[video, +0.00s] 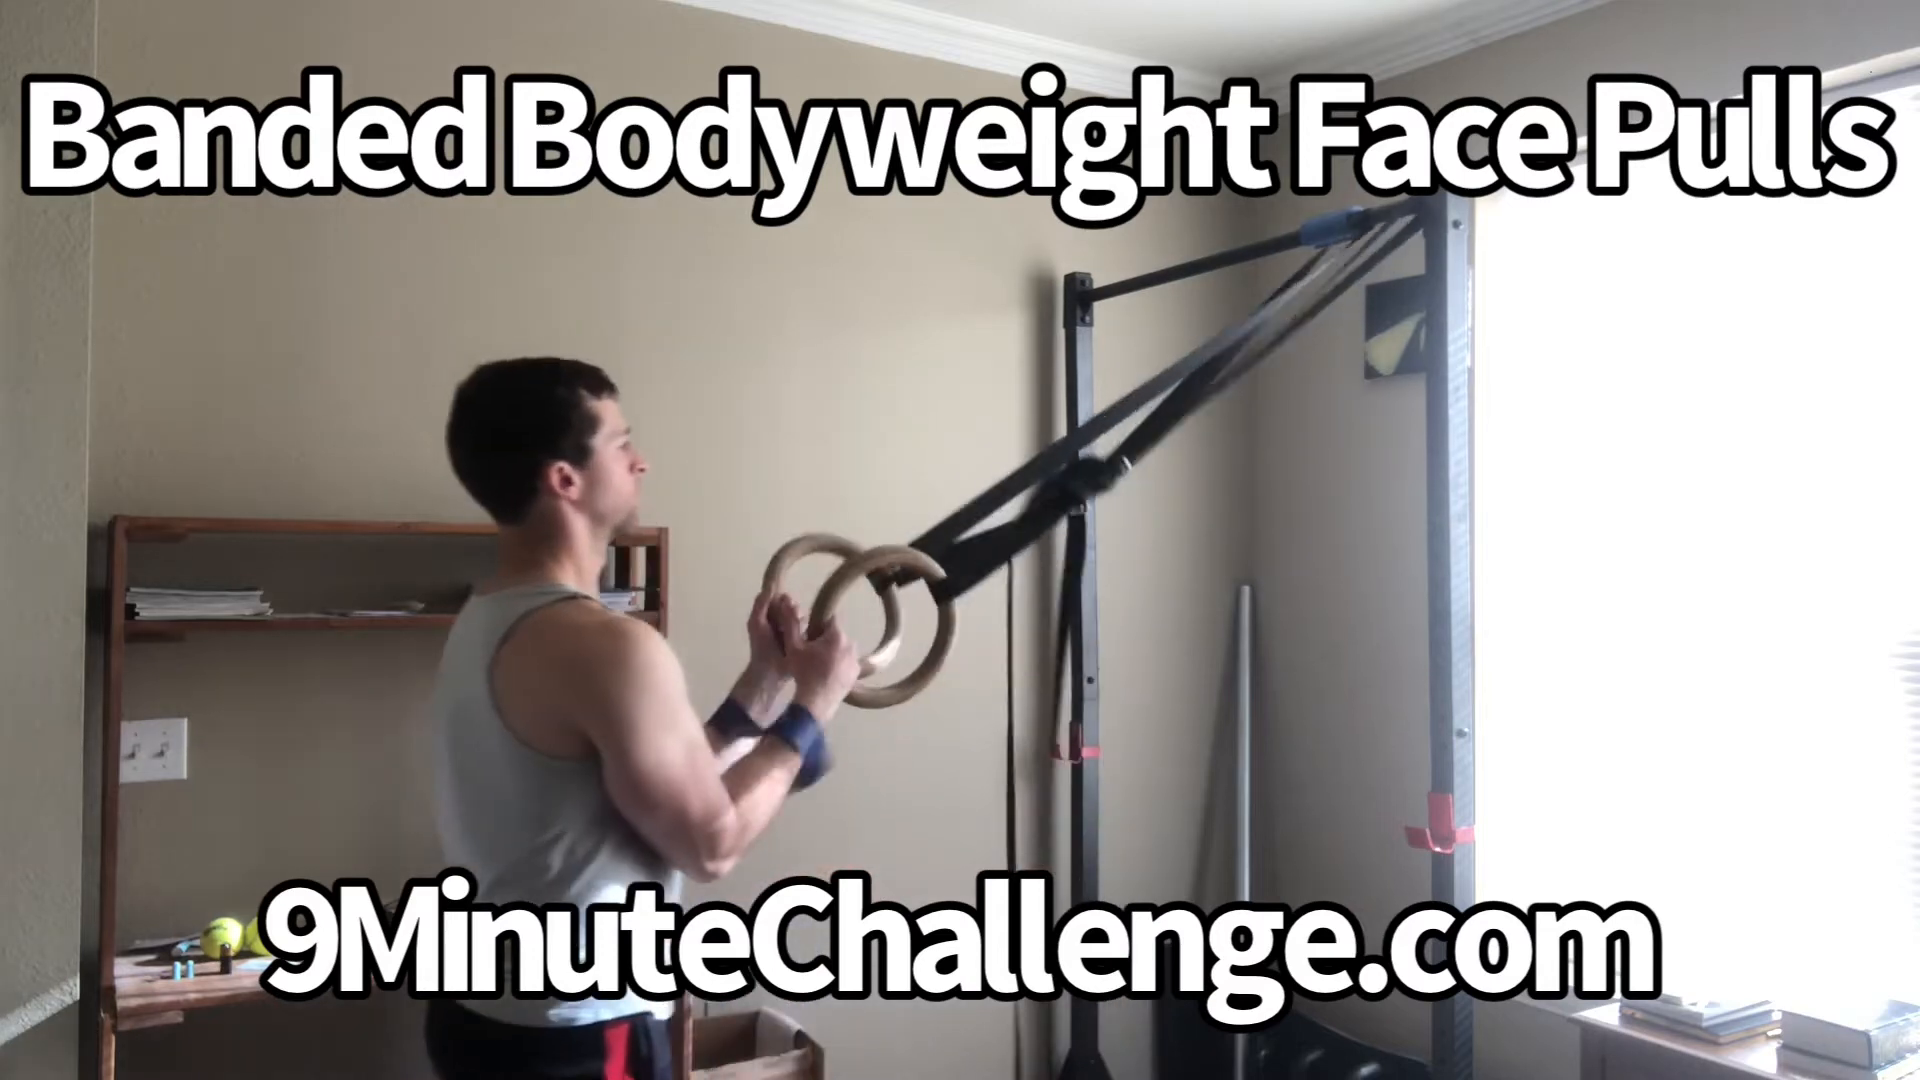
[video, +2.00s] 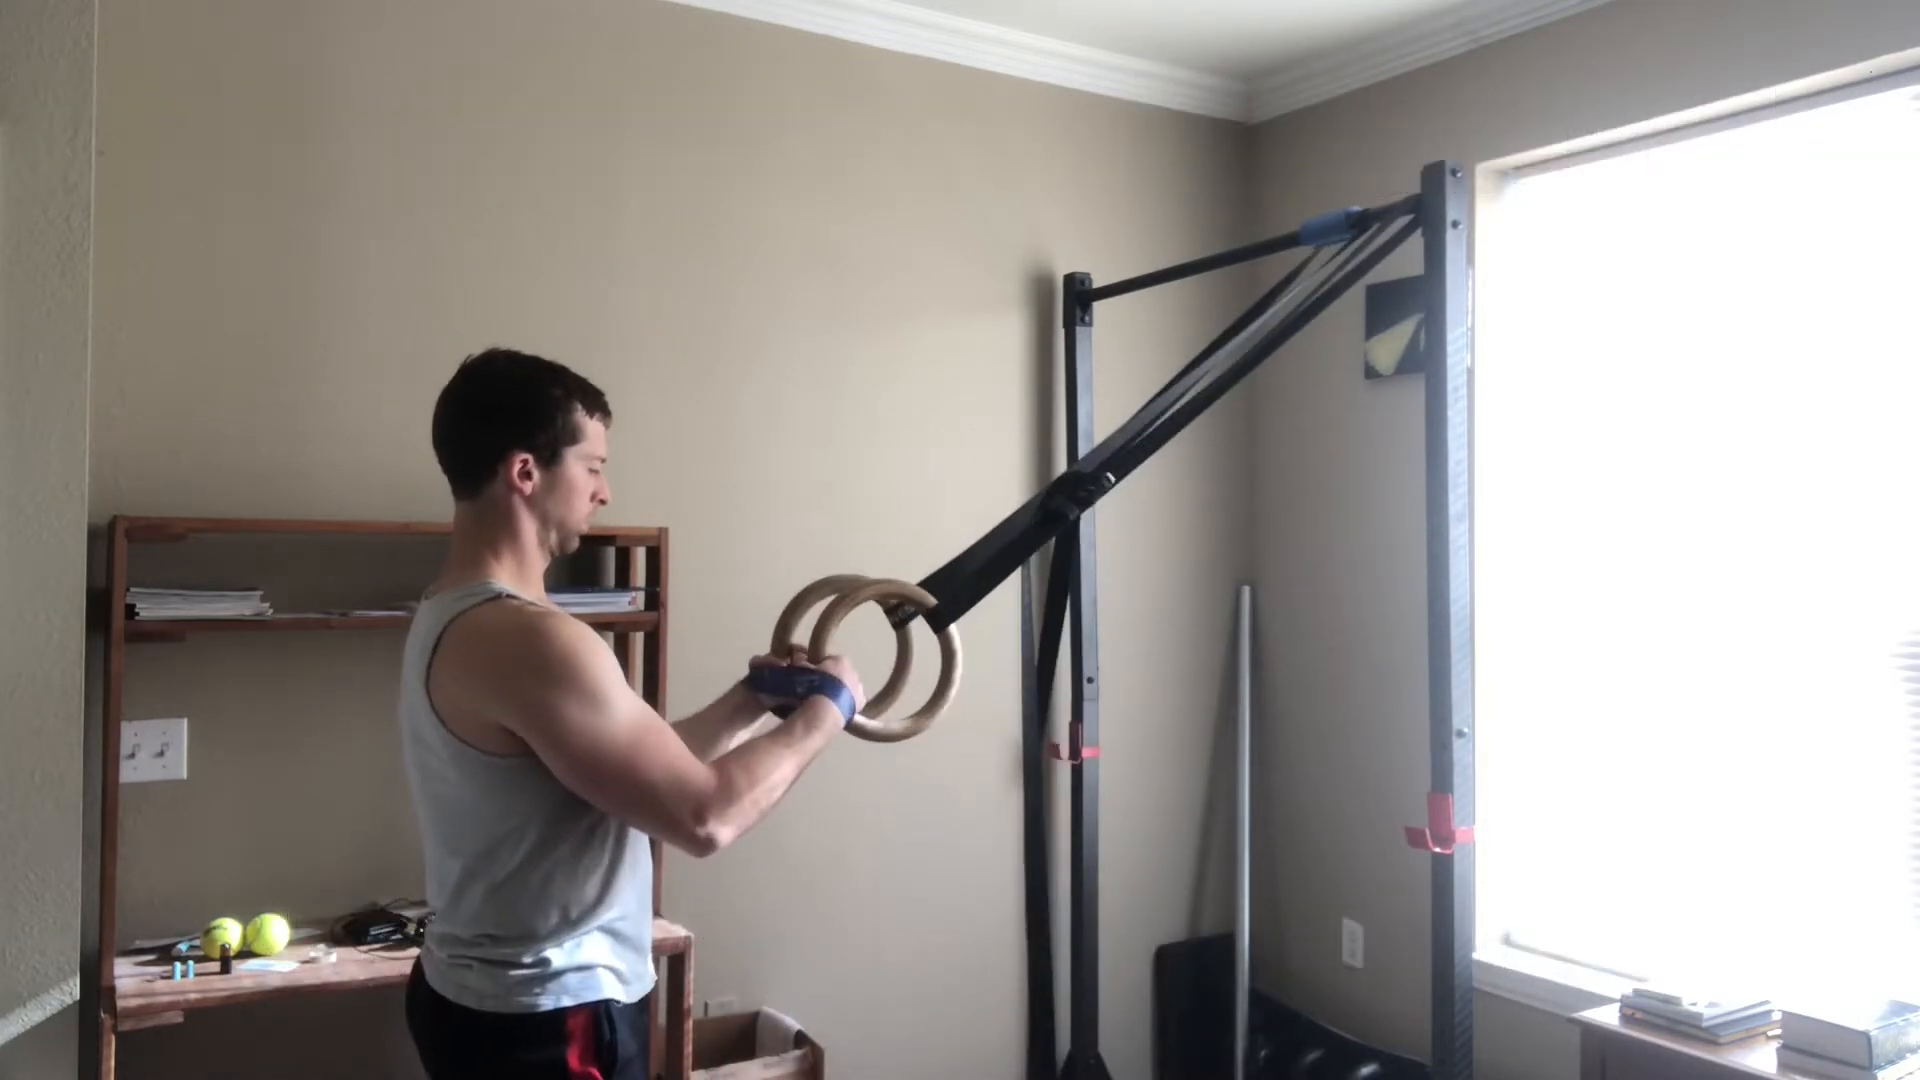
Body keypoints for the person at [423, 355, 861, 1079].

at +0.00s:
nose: (640, 462)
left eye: (628, 440)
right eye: (619, 445)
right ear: (565, 480)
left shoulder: (491, 619)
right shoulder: (611, 651)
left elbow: (641, 802)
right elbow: (710, 843)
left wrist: (762, 683)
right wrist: (812, 709)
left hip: (492, 1017)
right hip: (581, 1039)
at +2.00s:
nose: (604, 492)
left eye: (601, 470)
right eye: (591, 468)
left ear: (521, 477)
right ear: (524, 473)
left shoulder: (452, 617)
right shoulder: (531, 642)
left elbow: (623, 773)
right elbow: (705, 817)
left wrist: (750, 699)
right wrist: (825, 712)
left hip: (483, 1004)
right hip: (552, 1024)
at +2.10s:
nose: (607, 491)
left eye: (604, 468)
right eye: (594, 466)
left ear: (524, 478)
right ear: (526, 473)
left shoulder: (455, 619)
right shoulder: (533, 642)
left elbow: (623, 771)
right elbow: (705, 822)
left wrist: (754, 705)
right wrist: (826, 716)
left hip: (485, 1003)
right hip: (555, 1024)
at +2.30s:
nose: (616, 488)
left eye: (613, 466)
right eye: (601, 465)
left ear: (530, 478)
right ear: (533, 473)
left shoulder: (467, 615)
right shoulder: (540, 644)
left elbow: (634, 776)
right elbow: (694, 835)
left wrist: (758, 697)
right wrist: (821, 711)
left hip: (492, 1005)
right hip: (559, 1026)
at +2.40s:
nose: (618, 488)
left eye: (615, 465)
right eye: (603, 464)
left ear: (531, 478)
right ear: (533, 473)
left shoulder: (471, 615)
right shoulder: (541, 643)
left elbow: (639, 777)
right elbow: (693, 833)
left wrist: (759, 696)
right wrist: (820, 708)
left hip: (495, 1008)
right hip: (560, 1028)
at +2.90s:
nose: (572, 492)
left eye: (570, 466)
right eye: (560, 464)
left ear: (487, 477)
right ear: (490, 474)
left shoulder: (418, 630)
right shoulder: (507, 653)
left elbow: (601, 779)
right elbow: (703, 825)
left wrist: (736, 697)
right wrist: (816, 702)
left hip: (455, 1024)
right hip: (538, 1042)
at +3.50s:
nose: (464, 522)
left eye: (459, 496)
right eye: (447, 495)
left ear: (366, 516)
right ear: (368, 513)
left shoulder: (316, 665)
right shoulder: (380, 689)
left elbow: (547, 740)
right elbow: (637, 780)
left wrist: (710, 680)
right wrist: (795, 681)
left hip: (431, 1041)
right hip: (507, 1048)